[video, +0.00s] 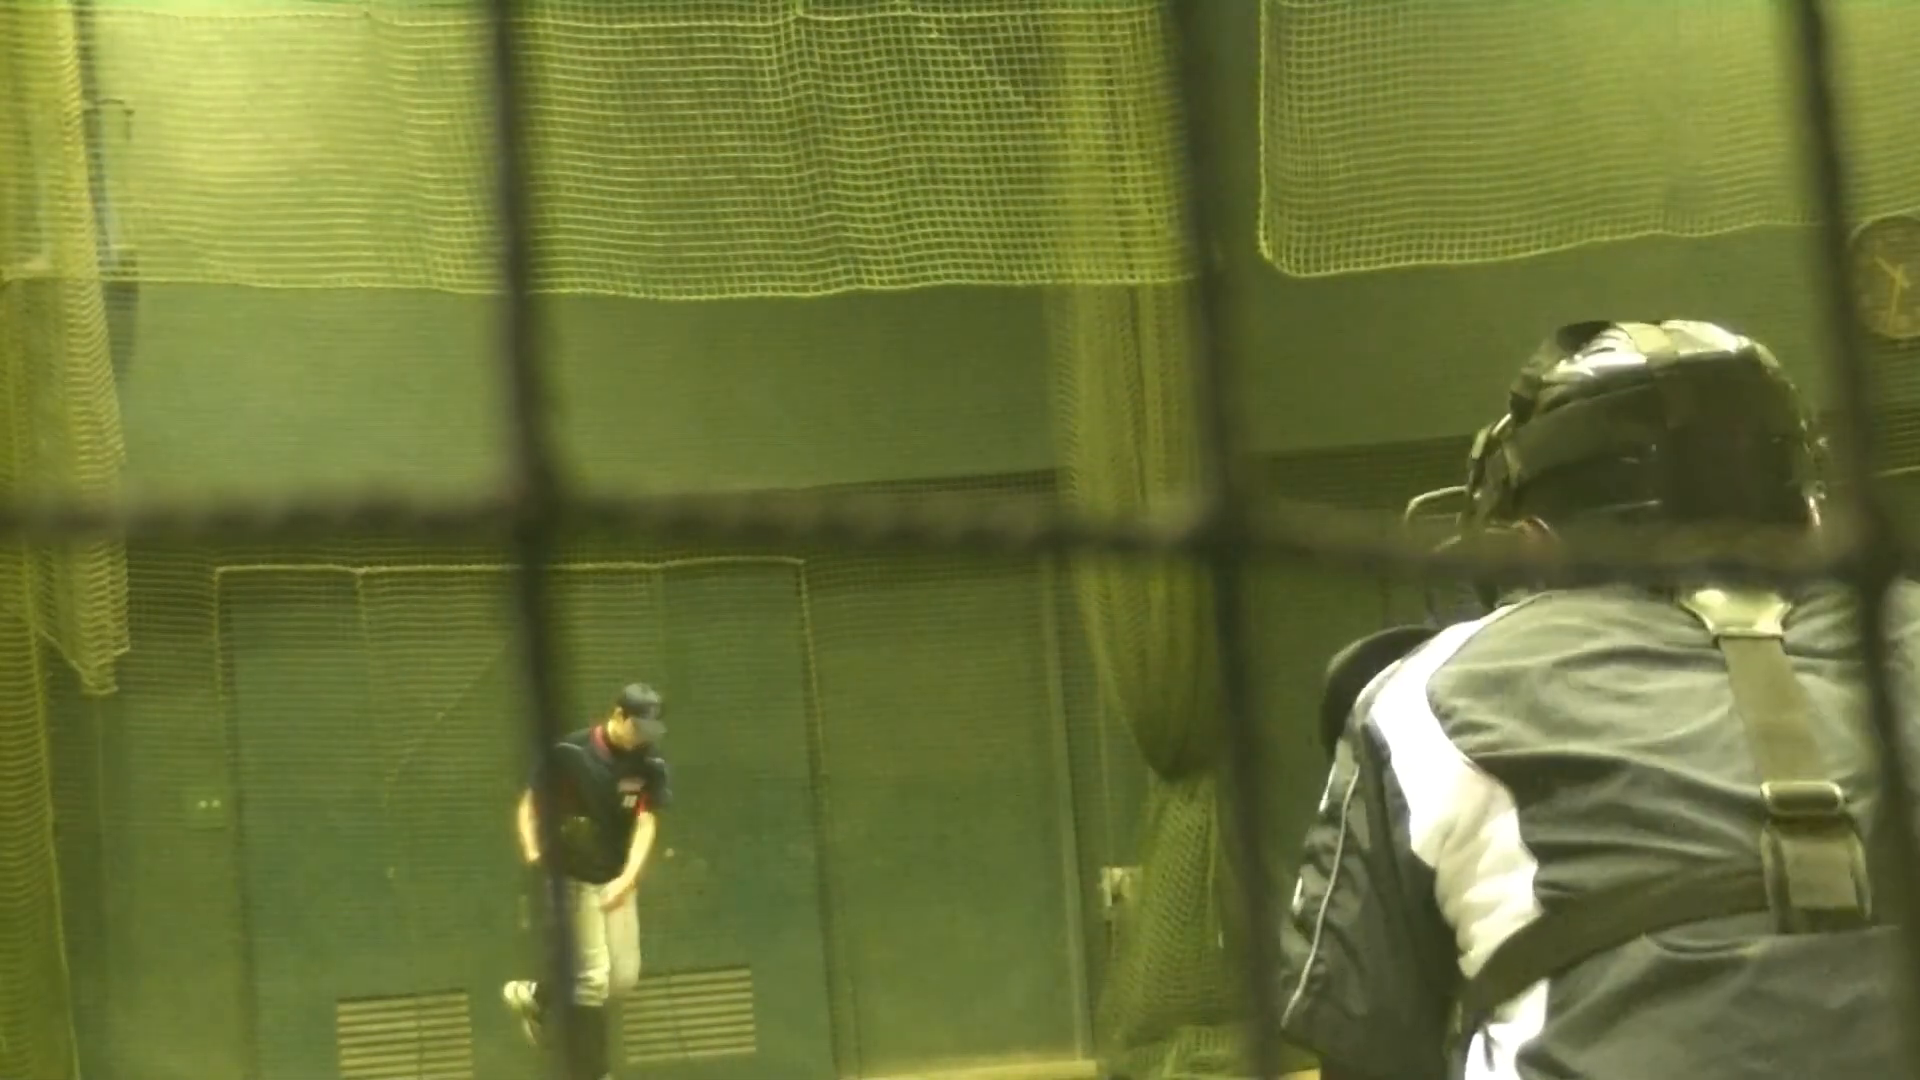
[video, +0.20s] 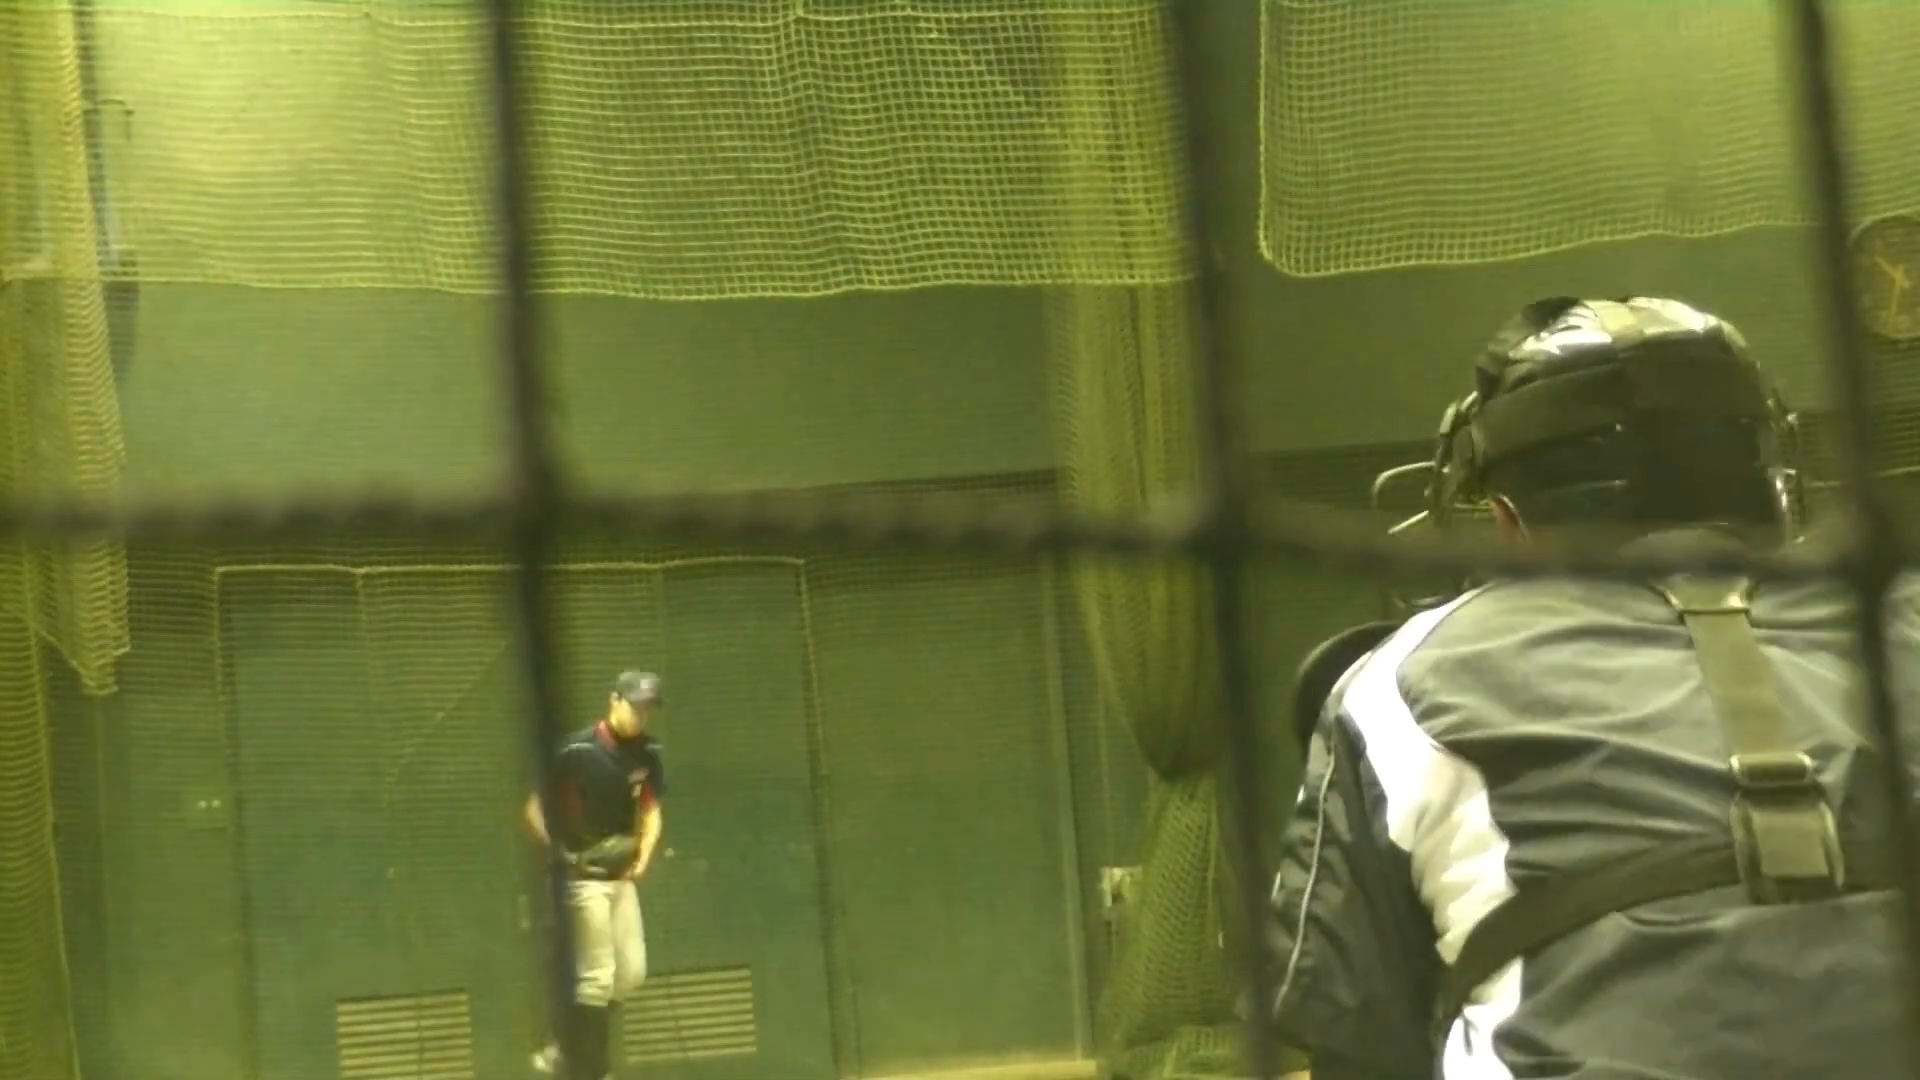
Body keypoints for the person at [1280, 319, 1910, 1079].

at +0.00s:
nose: (1482, 557)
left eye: (1492, 530)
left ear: (1532, 542)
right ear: (1798, 511)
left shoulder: (1421, 702)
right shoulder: (1902, 625)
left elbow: (1349, 1042)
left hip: (1616, 1037)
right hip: (1897, 1029)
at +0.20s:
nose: (1467, 541)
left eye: (1469, 521)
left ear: (1509, 527)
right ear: (1771, 492)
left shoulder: (1398, 686)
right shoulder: (1899, 612)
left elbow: (1338, 1036)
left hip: (1596, 1036)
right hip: (1893, 1026)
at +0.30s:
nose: (1452, 544)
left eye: (1459, 524)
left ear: (1500, 531)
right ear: (1768, 501)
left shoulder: (1391, 699)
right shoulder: (1894, 614)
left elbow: (1331, 1037)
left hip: (1587, 1038)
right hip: (1889, 1023)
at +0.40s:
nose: (1448, 555)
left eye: (1455, 535)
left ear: (1495, 540)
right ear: (1768, 507)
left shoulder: (1387, 713)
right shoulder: (1900, 621)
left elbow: (1319, 1044)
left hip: (1598, 1030)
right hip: (1889, 1019)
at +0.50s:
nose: (1432, 551)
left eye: (1442, 529)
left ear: (1486, 533)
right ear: (1760, 499)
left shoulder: (1372, 710)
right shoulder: (1895, 622)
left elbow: (1311, 1044)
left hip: (1592, 1033)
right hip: (1889, 1023)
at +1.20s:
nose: (1389, 540)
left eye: (1393, 516)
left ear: (1437, 527)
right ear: (1716, 487)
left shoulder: (1319, 722)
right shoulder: (1891, 625)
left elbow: (1281, 1055)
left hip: (1567, 1021)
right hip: (1888, 1009)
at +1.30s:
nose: (1400, 540)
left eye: (1403, 517)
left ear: (1441, 527)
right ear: (1718, 489)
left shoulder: (1324, 722)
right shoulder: (1892, 626)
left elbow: (1280, 1053)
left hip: (1572, 1021)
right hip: (1888, 1007)